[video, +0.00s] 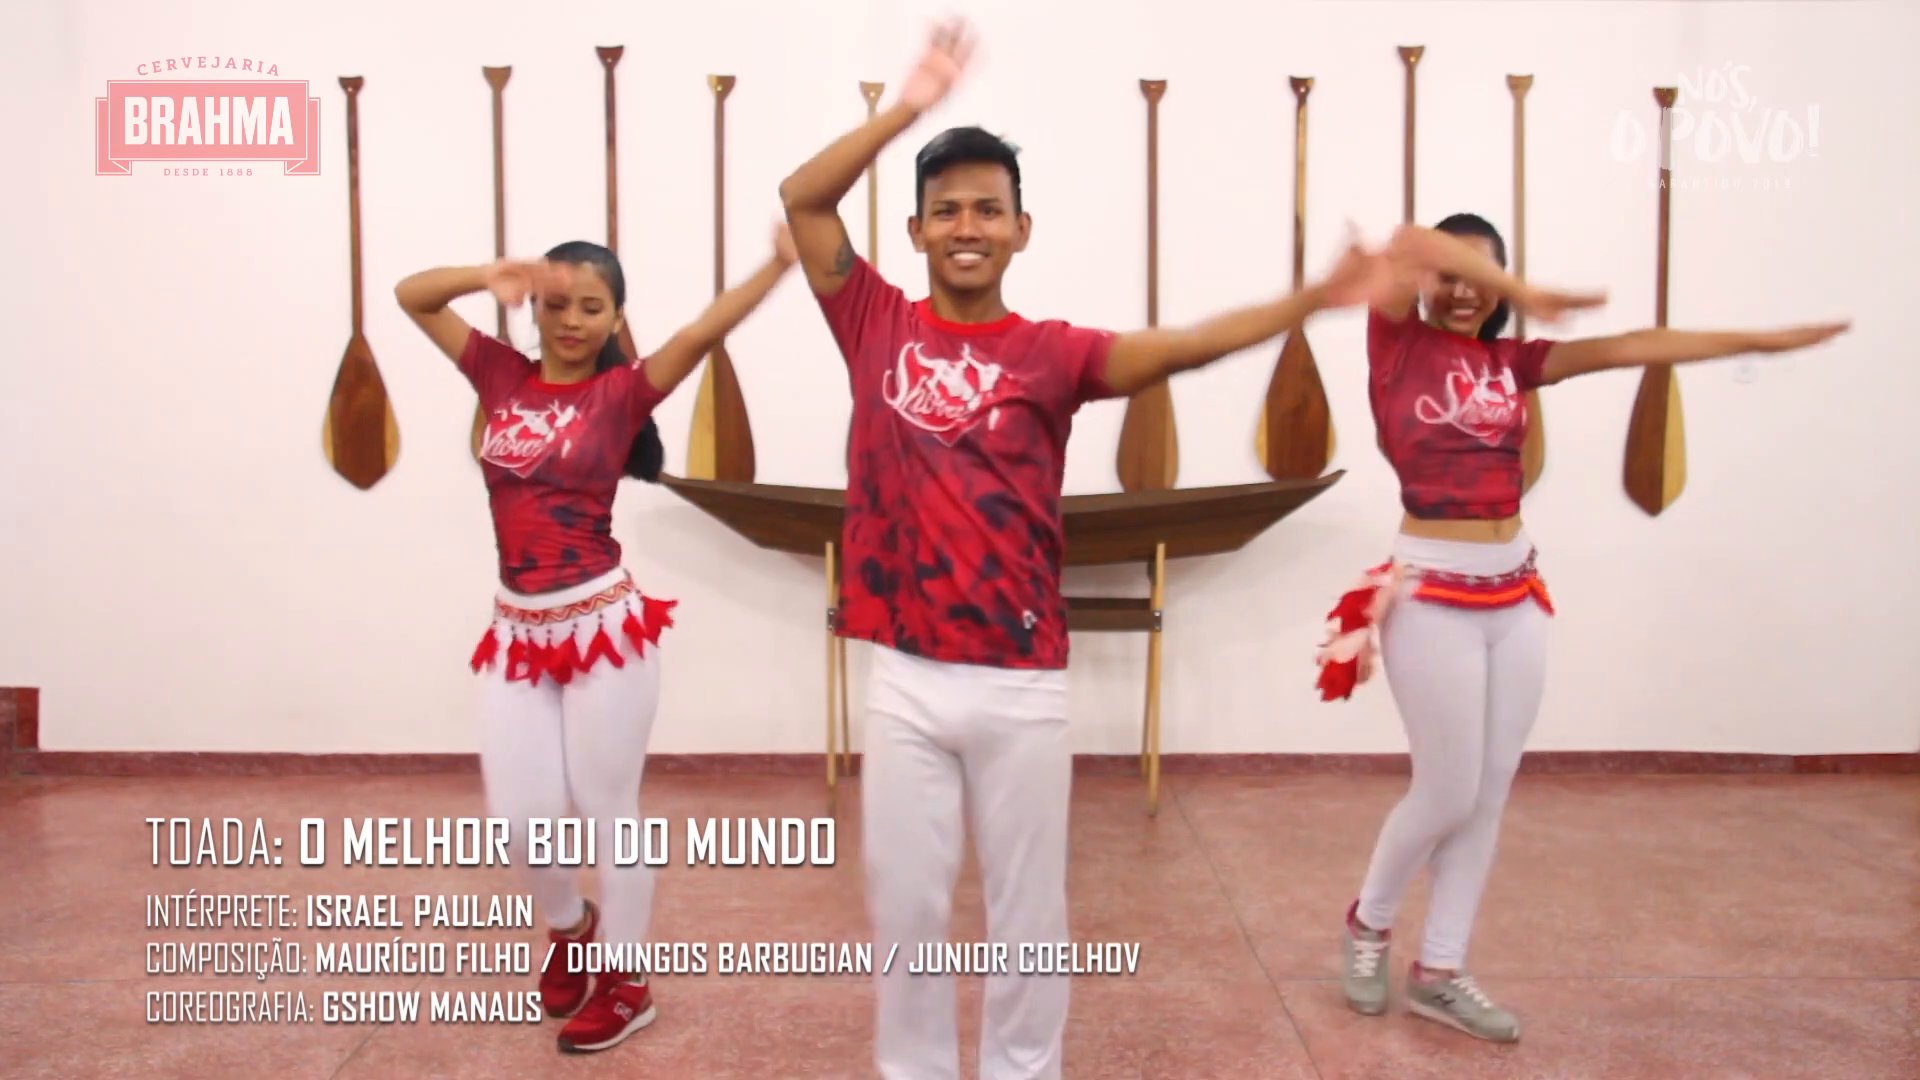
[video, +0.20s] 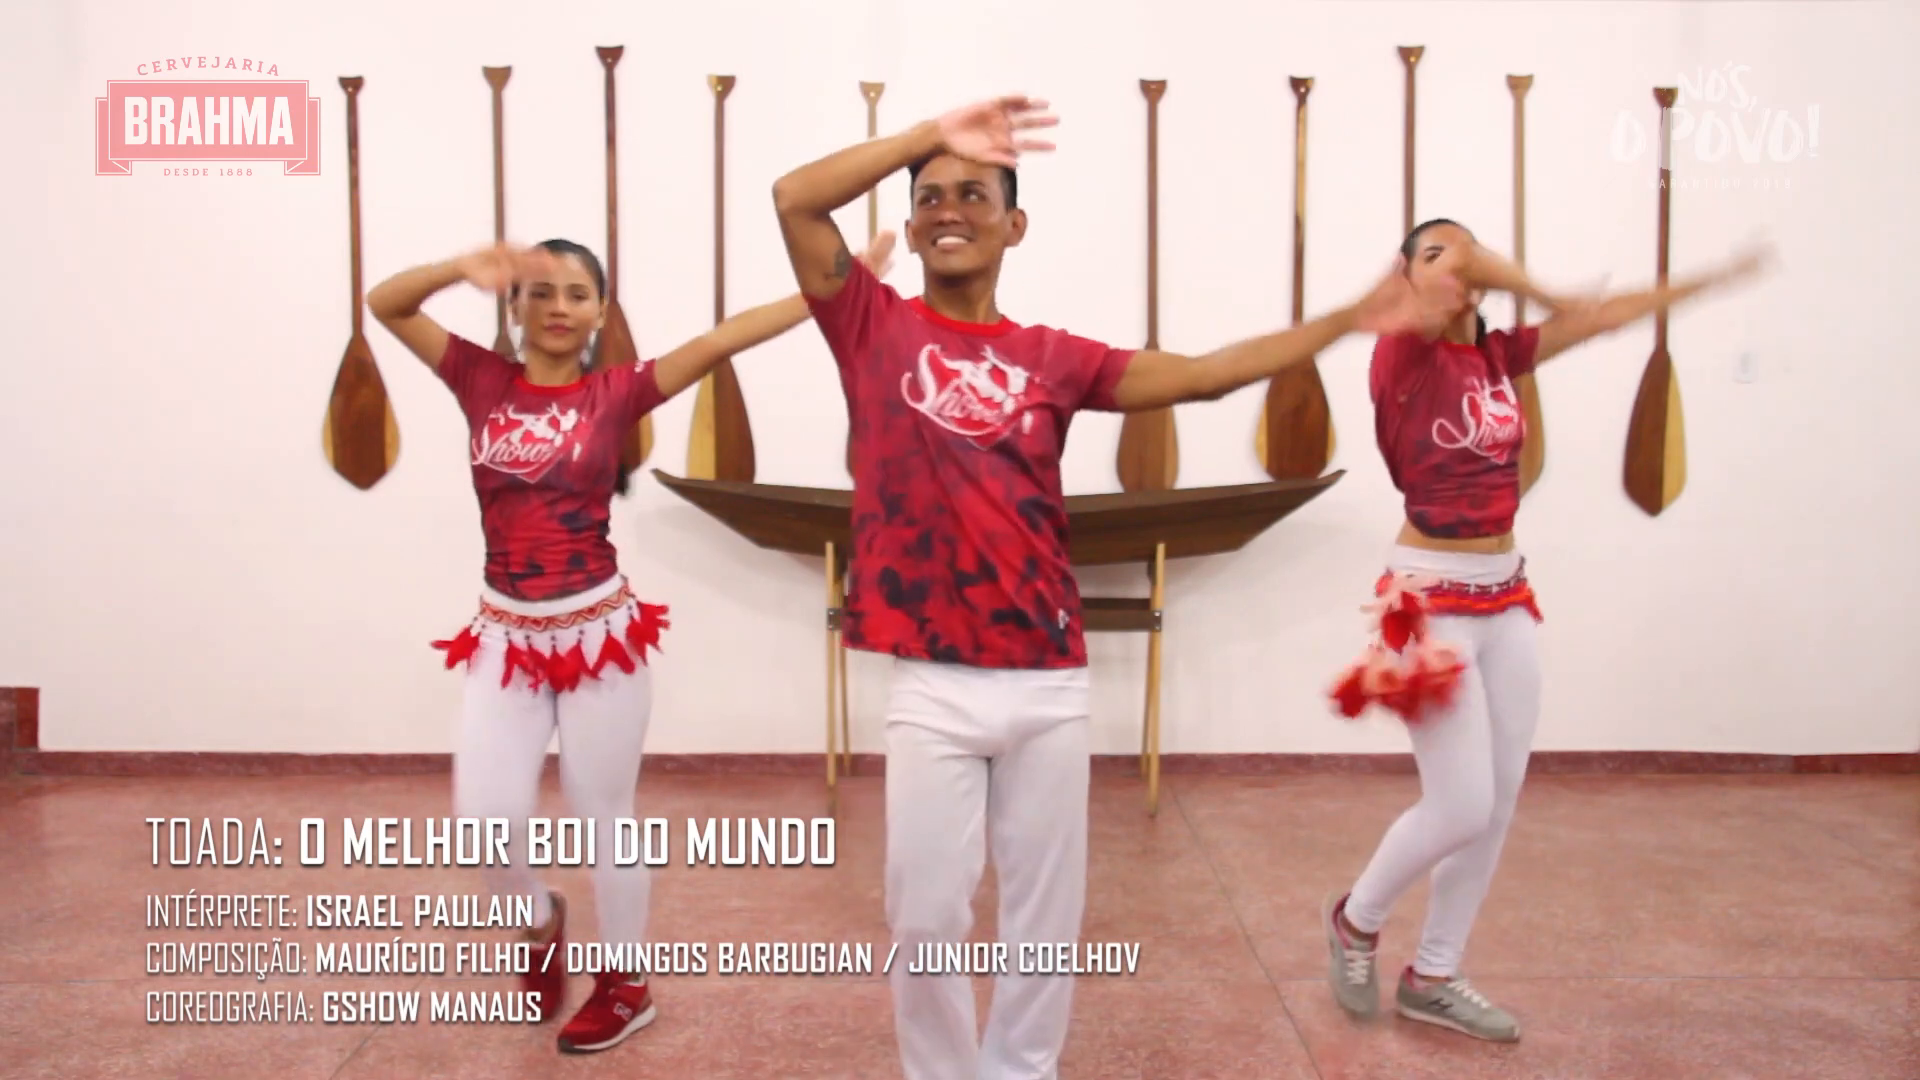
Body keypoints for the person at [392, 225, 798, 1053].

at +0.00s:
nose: (570, 319)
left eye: (589, 306)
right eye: (557, 302)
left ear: (616, 318)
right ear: (534, 309)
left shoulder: (621, 394)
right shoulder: (502, 377)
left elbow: (703, 332)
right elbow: (413, 295)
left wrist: (778, 265)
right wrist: (488, 274)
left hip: (604, 631)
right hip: (516, 634)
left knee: (609, 810)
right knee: (523, 818)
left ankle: (626, 975)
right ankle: (570, 928)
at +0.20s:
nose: (558, 308)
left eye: (576, 294)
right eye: (542, 293)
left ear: (599, 312)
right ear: (515, 307)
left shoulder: (615, 392)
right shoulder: (484, 382)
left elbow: (729, 336)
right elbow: (385, 302)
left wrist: (843, 281)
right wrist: (461, 265)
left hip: (600, 638)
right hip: (504, 639)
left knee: (606, 824)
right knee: (483, 826)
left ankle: (624, 979)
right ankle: (541, 921)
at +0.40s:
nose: (528, 292)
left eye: (546, 281)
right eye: (512, 278)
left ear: (570, 304)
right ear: (484, 299)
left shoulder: (596, 378)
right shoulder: (459, 382)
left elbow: (697, 306)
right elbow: (368, 304)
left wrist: (785, 234)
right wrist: (385, 207)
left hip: (586, 637)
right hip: (486, 637)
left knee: (593, 825)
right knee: (427, 822)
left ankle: (622, 982)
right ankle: (417, 1002)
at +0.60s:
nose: (480, 289)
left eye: (497, 278)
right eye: (462, 277)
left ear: (522, 299)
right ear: (434, 298)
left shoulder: (544, 376)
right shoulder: (404, 379)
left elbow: (639, 294)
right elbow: (307, 295)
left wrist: (677, 188)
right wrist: (272, 184)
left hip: (552, 640)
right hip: (443, 646)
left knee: (580, 825)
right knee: (395, 842)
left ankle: (613, 974)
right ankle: (342, 1036)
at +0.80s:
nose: (420, 284)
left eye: (440, 274)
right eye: (401, 270)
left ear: (464, 300)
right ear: (374, 294)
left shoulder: (486, 376)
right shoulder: (338, 376)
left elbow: (583, 297)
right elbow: (220, 300)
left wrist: (560, 200)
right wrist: (143, 192)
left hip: (487, 647)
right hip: (376, 654)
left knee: (538, 830)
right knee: (355, 859)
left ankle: (571, 972)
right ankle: (340, 1048)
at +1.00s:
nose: (369, 282)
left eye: (389, 271)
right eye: (350, 268)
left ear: (416, 296)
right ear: (321, 292)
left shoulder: (437, 376)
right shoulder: (284, 377)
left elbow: (540, 298)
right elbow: (152, 311)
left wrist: (480, 218)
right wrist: (42, 220)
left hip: (431, 650)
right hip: (322, 659)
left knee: (513, 837)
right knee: (326, 866)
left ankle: (516, 967)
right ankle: (337, 1051)